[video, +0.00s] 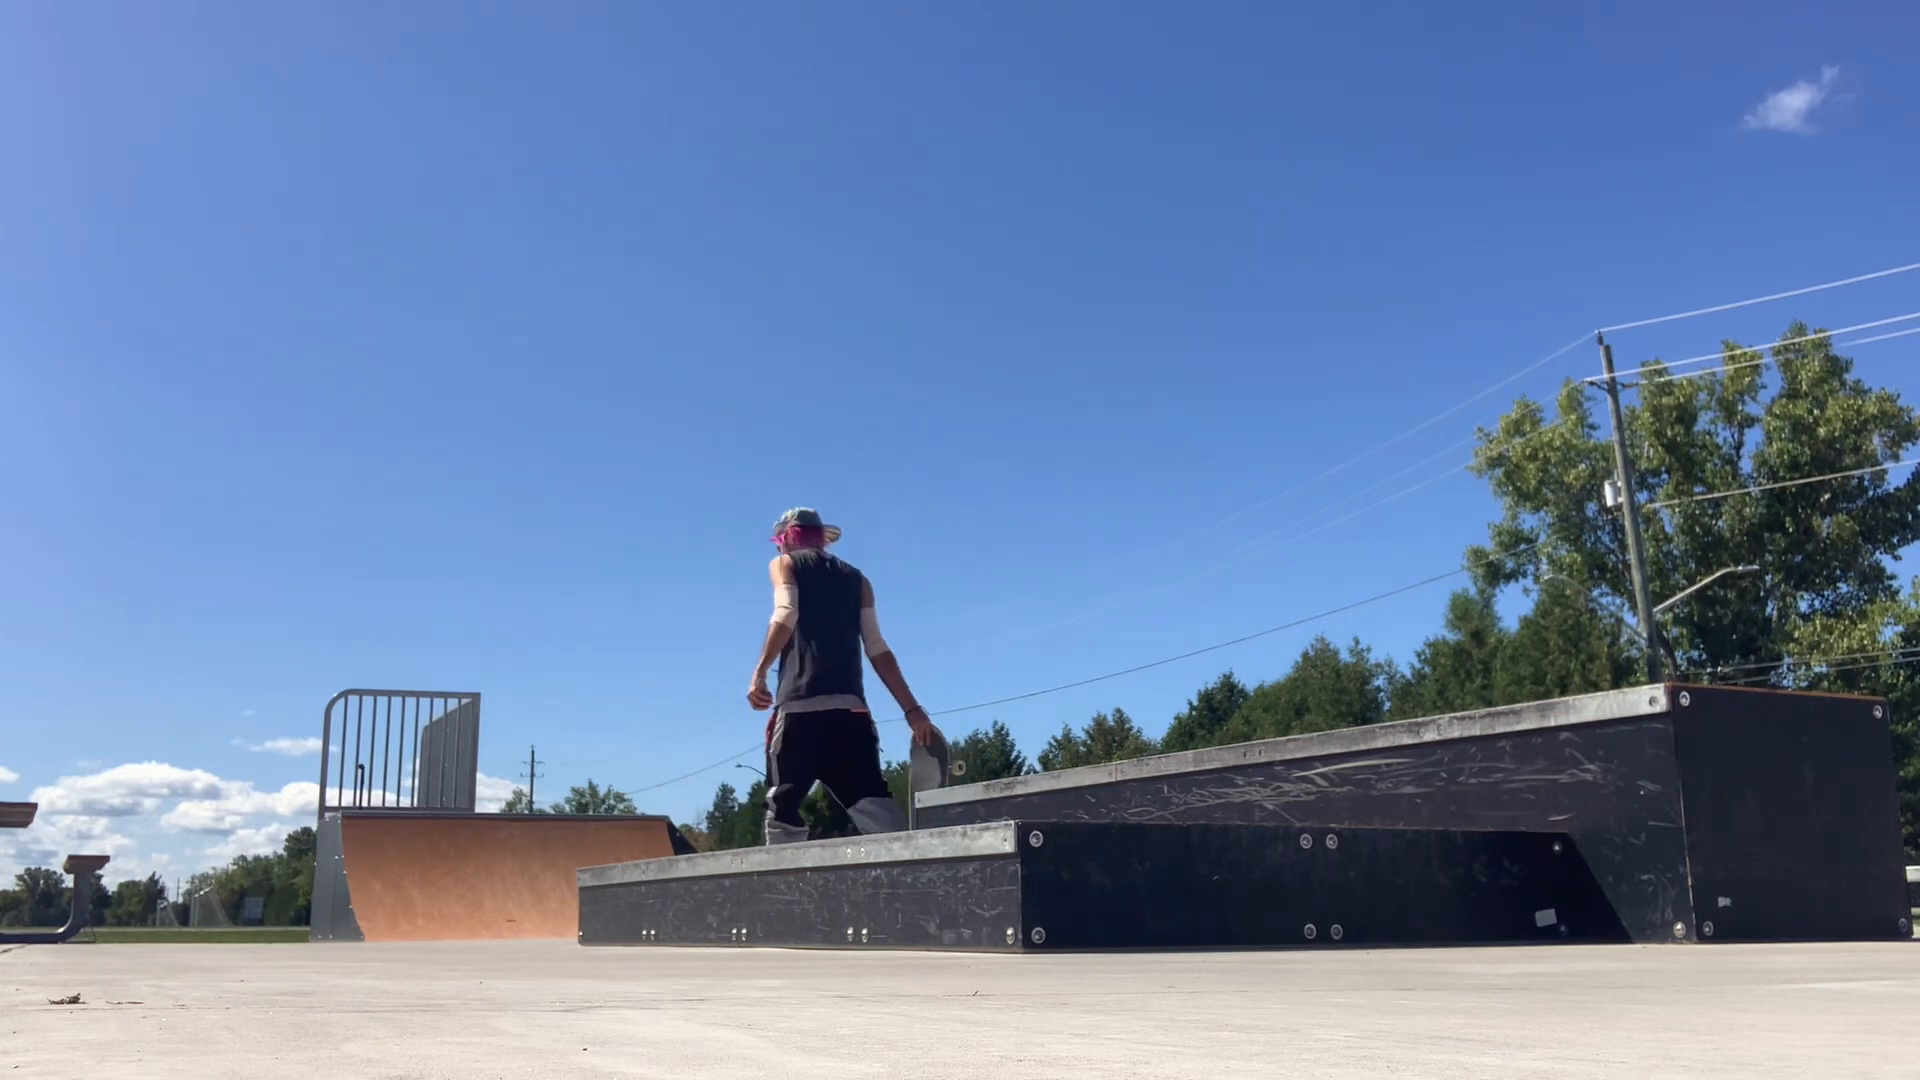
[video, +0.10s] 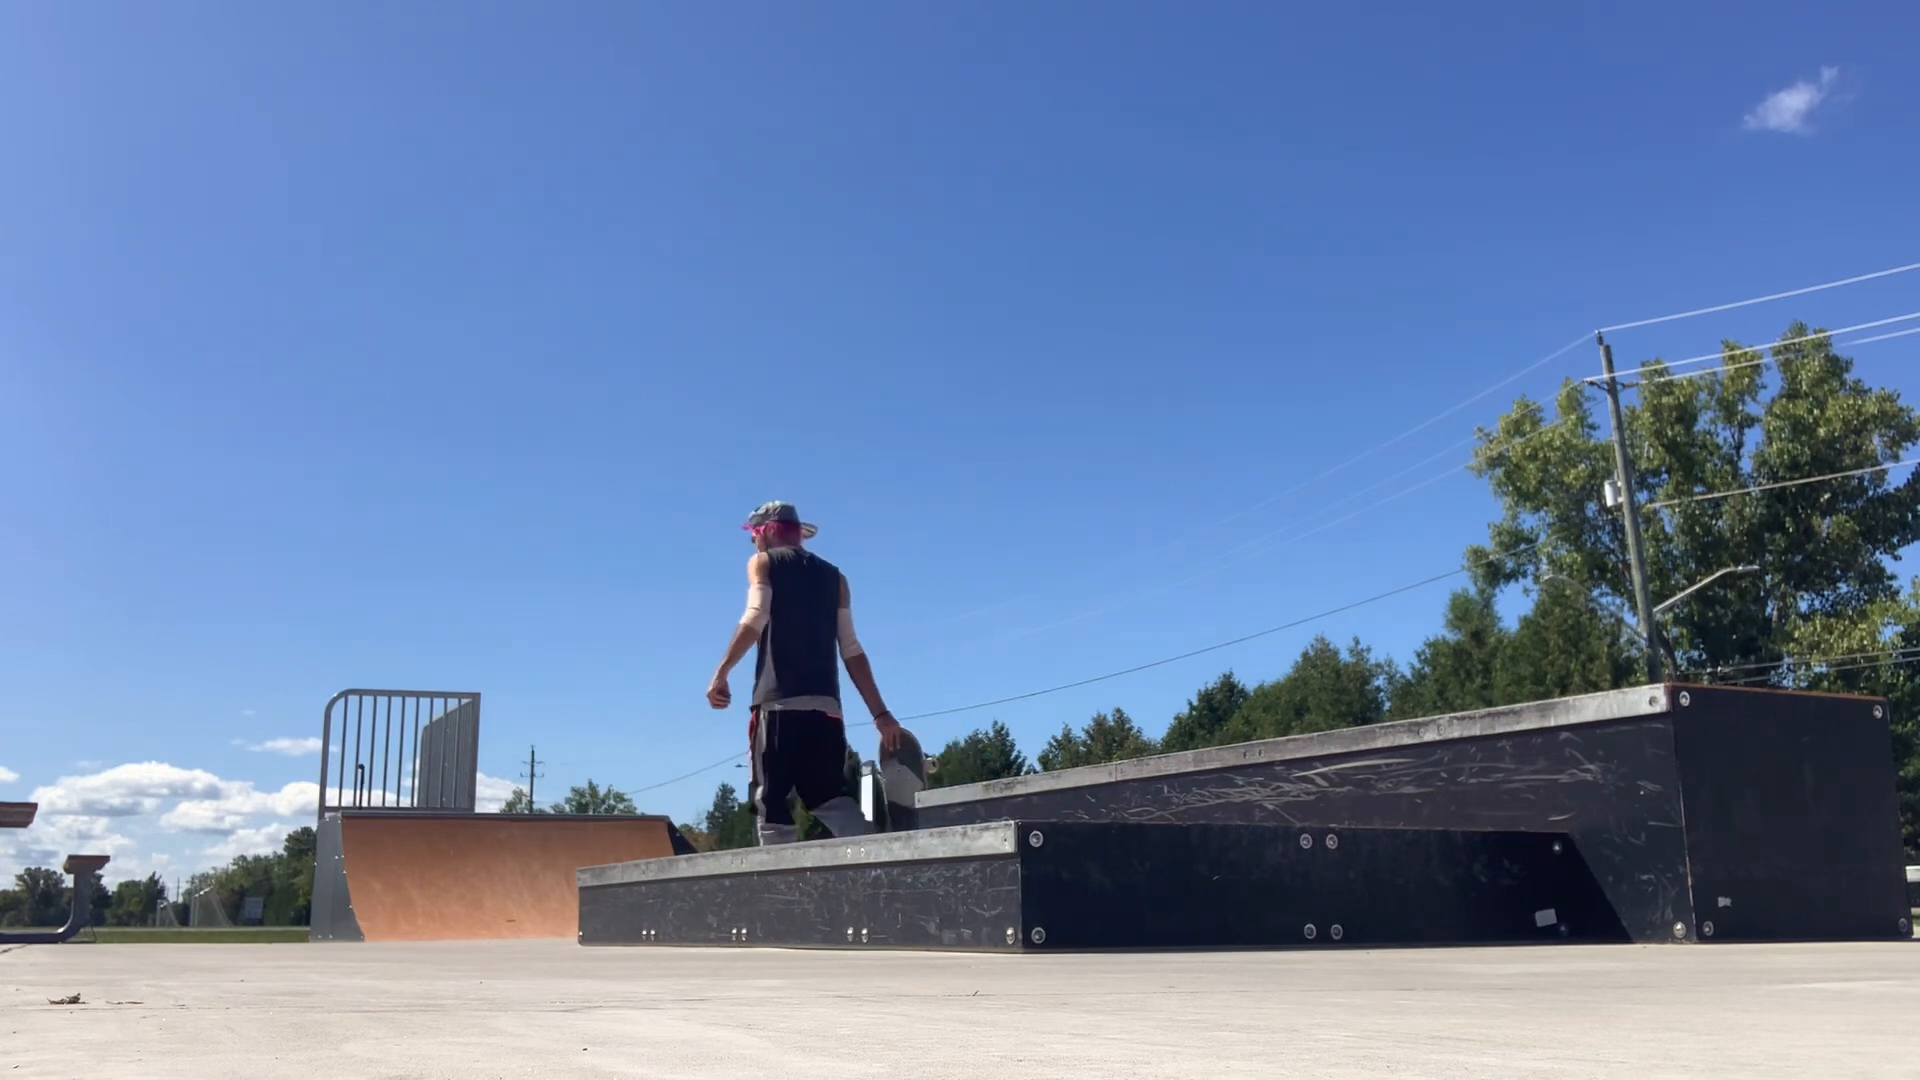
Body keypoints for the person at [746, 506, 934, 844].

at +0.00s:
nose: (778, 548)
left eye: (778, 543)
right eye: (778, 543)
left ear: (787, 539)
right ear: (823, 539)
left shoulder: (783, 563)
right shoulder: (855, 577)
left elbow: (786, 616)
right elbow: (877, 650)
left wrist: (759, 674)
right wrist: (912, 709)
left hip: (796, 720)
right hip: (851, 718)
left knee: (782, 814)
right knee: (875, 810)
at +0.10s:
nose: (754, 542)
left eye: (755, 535)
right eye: (752, 536)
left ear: (767, 532)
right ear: (797, 533)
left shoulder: (763, 561)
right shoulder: (834, 576)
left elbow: (755, 619)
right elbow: (852, 652)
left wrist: (722, 671)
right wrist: (881, 714)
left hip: (779, 712)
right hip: (826, 713)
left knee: (772, 810)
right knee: (826, 798)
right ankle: (879, 858)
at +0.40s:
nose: (686, 546)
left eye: (689, 538)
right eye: (686, 539)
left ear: (707, 537)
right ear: (726, 539)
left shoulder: (705, 572)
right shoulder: (768, 584)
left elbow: (662, 632)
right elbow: (792, 655)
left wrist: (649, 619)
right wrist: (818, 717)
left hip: (731, 714)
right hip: (768, 715)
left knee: (750, 813)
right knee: (733, 812)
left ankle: (780, 889)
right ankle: (702, 885)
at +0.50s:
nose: (664, 555)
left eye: (667, 546)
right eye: (663, 547)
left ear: (685, 543)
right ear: (704, 545)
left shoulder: (685, 577)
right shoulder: (744, 588)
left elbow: (634, 626)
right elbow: (772, 656)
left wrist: (641, 598)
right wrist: (798, 717)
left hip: (708, 716)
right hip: (742, 718)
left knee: (722, 808)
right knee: (708, 810)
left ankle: (766, 879)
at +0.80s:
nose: (606, 557)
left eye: (609, 548)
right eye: (606, 549)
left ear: (630, 543)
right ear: (646, 546)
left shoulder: (629, 576)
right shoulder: (686, 590)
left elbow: (576, 595)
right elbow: (700, 662)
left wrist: (605, 566)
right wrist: (706, 718)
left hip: (638, 725)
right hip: (679, 726)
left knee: (599, 806)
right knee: (670, 818)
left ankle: (635, 888)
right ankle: (679, 901)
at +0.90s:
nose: (586, 563)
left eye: (589, 555)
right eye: (586, 555)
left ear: (609, 550)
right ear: (622, 551)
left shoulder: (607, 584)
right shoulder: (664, 596)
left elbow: (553, 601)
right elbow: (677, 668)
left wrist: (583, 574)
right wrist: (679, 721)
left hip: (615, 731)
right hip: (657, 730)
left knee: (583, 825)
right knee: (659, 826)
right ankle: (684, 915)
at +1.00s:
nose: (564, 570)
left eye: (567, 562)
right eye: (564, 563)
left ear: (584, 558)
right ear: (602, 559)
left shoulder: (583, 593)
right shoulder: (640, 604)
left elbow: (528, 607)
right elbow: (653, 675)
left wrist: (563, 578)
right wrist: (659, 727)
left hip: (589, 741)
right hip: (632, 741)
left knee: (564, 829)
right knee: (645, 831)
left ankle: (534, 910)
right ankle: (676, 913)